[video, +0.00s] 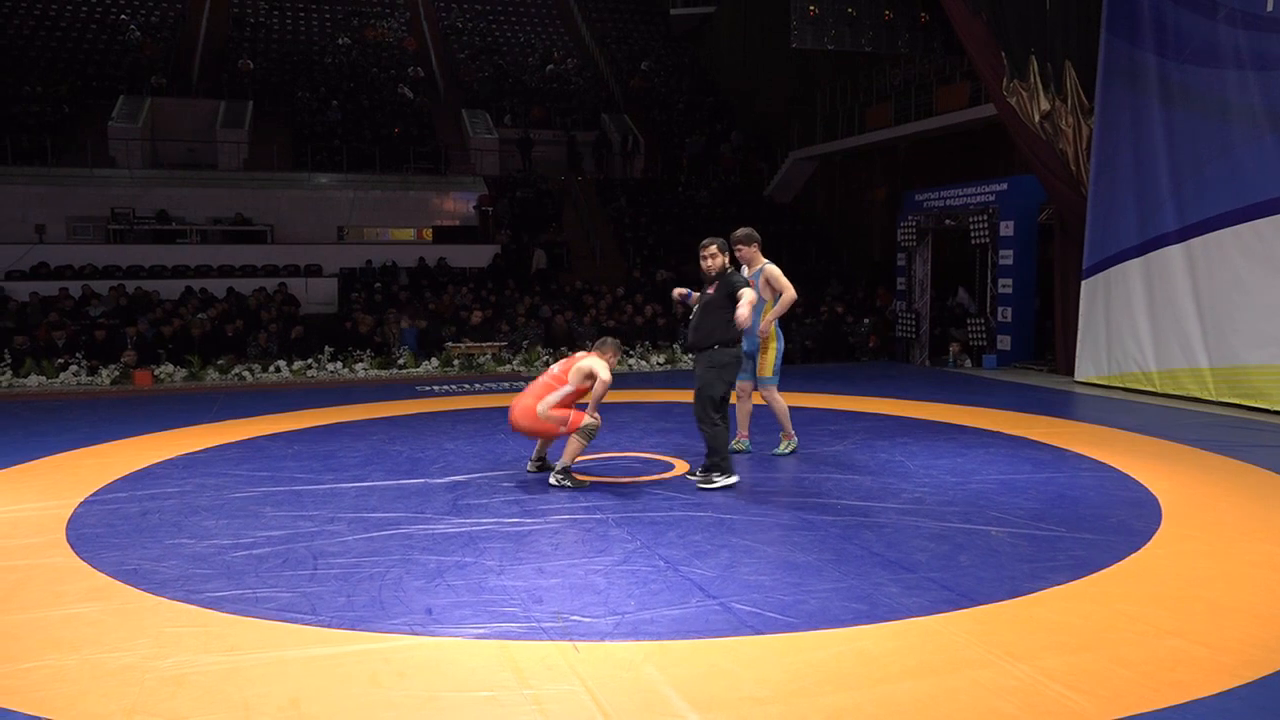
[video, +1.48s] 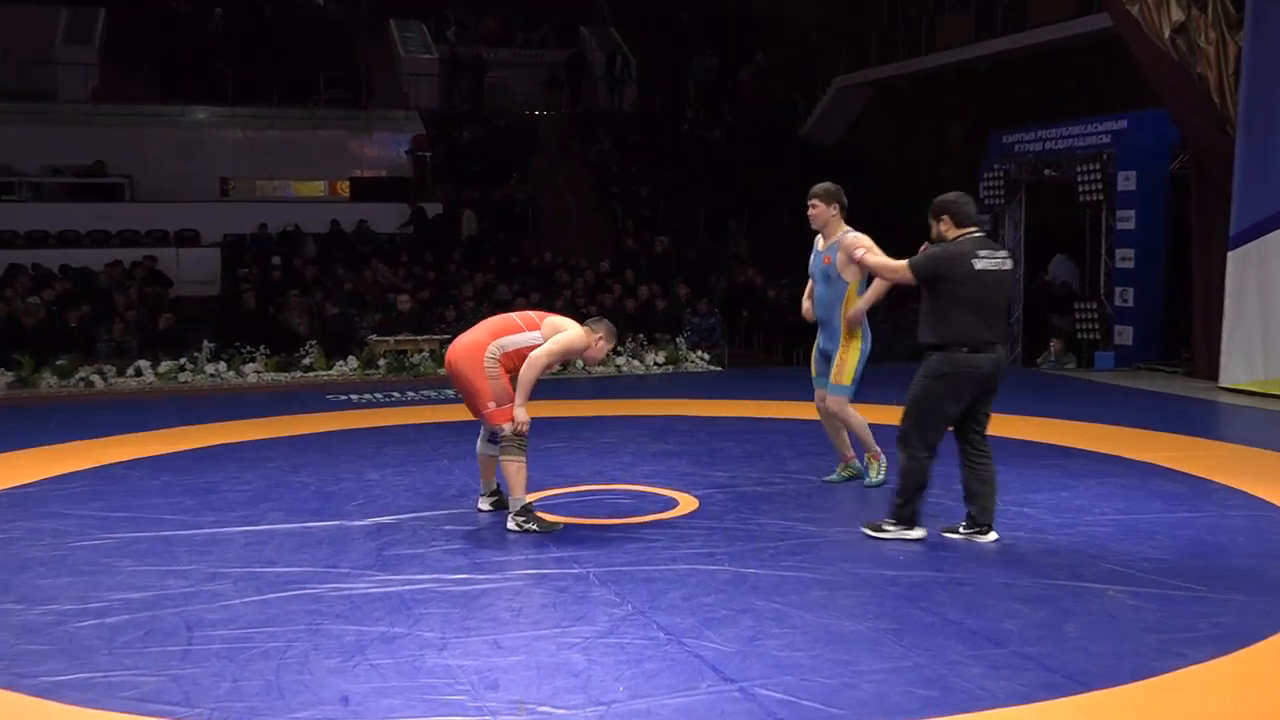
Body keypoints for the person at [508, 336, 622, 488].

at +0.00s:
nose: (615, 365)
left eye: (617, 361)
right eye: (616, 361)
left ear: (595, 351)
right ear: (609, 357)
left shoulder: (580, 356)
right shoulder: (598, 363)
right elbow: (605, 379)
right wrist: (592, 410)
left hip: (518, 412)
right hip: (534, 416)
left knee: (565, 411)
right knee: (590, 424)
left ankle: (537, 460)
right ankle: (561, 472)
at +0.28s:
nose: (613, 376)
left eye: (615, 372)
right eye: (614, 371)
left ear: (594, 361)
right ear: (610, 368)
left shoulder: (577, 368)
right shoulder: (593, 373)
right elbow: (587, 391)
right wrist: (588, 416)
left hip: (521, 434)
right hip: (536, 438)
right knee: (594, 427)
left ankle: (539, 462)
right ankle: (561, 472)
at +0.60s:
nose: (616, 387)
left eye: (619, 383)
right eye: (618, 382)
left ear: (595, 367)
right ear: (610, 377)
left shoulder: (571, 371)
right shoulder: (595, 379)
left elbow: (545, 371)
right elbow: (591, 384)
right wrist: (583, 413)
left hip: (508, 429)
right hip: (524, 434)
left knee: (558, 416)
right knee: (586, 427)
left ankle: (531, 467)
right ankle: (556, 480)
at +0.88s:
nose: (615, 374)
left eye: (616, 369)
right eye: (616, 368)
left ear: (592, 358)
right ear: (606, 365)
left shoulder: (572, 364)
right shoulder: (587, 370)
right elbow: (569, 389)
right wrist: (573, 419)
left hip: (497, 420)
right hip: (511, 424)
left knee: (555, 423)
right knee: (577, 433)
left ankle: (520, 475)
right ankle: (546, 489)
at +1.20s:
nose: (612, 356)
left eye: (615, 351)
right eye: (615, 349)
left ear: (599, 335)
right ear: (606, 340)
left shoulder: (573, 334)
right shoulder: (583, 339)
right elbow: (547, 360)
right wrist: (539, 404)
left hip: (479, 363)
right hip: (493, 366)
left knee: (516, 421)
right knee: (539, 425)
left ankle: (504, 484)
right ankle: (532, 500)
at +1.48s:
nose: (603, 358)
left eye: (607, 353)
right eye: (607, 351)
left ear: (596, 337)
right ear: (599, 340)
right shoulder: (578, 336)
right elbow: (535, 359)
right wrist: (520, 405)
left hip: (462, 354)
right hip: (480, 357)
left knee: (492, 427)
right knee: (514, 428)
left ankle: (489, 495)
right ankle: (519, 512)